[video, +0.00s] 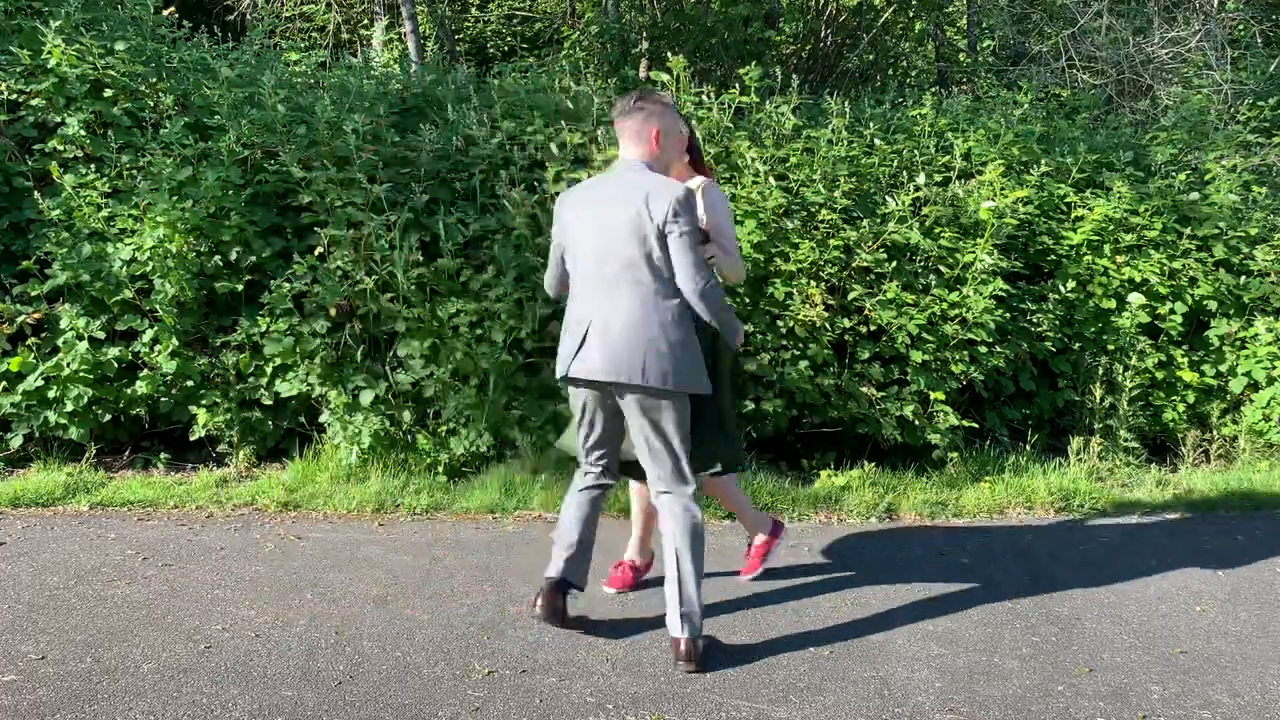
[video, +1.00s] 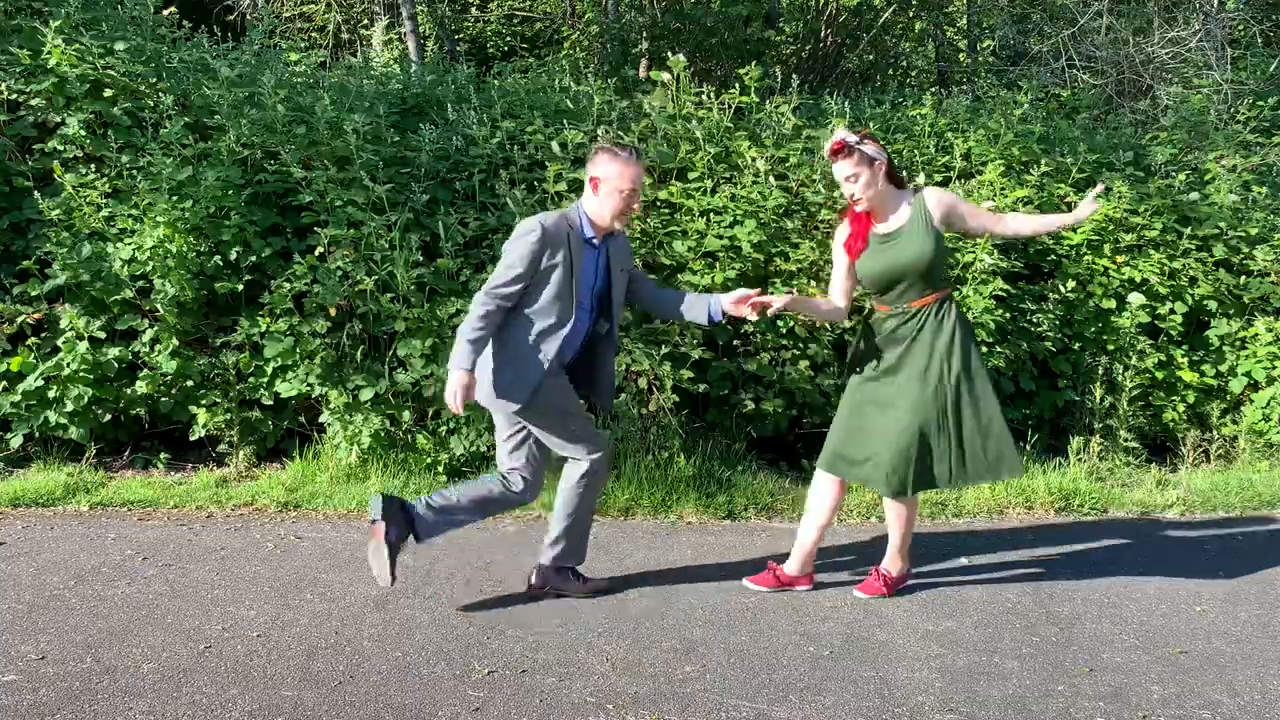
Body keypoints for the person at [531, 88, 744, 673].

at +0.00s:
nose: (682, 151)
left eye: (682, 141)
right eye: (679, 140)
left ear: (621, 138)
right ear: (656, 136)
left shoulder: (572, 198)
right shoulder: (669, 194)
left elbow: (556, 283)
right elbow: (695, 285)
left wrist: (607, 282)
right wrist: (734, 330)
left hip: (582, 356)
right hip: (653, 357)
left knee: (591, 472)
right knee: (673, 489)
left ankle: (556, 583)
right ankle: (686, 633)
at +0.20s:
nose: (663, 160)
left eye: (665, 149)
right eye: (661, 148)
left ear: (609, 141)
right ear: (634, 141)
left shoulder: (563, 194)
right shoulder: (624, 197)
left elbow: (568, 269)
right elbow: (627, 280)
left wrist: (641, 259)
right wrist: (690, 348)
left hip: (546, 356)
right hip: (605, 360)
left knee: (566, 479)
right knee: (653, 463)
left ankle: (543, 608)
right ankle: (635, 593)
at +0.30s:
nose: (660, 157)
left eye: (661, 145)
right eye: (655, 144)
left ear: (612, 144)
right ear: (624, 143)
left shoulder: (565, 194)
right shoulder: (606, 198)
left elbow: (600, 261)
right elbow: (594, 279)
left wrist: (661, 249)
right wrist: (633, 346)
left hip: (534, 358)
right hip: (585, 360)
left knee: (563, 480)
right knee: (641, 452)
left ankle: (542, 609)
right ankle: (606, 574)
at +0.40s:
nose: (658, 165)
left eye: (659, 154)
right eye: (652, 154)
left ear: (615, 154)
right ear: (618, 153)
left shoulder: (587, 203)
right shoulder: (594, 201)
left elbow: (623, 276)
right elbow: (554, 276)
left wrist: (685, 258)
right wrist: (571, 344)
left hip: (529, 364)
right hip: (573, 368)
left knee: (563, 477)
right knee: (623, 451)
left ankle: (542, 602)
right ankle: (574, 556)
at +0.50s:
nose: (657, 180)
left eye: (659, 170)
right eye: (652, 169)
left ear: (621, 166)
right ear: (616, 163)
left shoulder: (604, 223)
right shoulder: (582, 217)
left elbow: (627, 291)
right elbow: (530, 286)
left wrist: (698, 280)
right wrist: (515, 348)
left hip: (523, 378)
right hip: (562, 379)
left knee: (557, 480)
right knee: (604, 463)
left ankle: (538, 599)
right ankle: (557, 562)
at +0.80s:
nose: (651, 207)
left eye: (654, 198)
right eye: (645, 196)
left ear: (621, 192)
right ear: (609, 188)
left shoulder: (617, 248)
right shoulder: (558, 234)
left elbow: (639, 304)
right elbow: (501, 298)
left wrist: (706, 308)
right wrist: (451, 359)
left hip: (524, 376)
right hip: (536, 371)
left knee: (546, 479)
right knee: (595, 457)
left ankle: (473, 566)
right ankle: (557, 571)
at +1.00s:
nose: (636, 204)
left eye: (639, 195)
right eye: (628, 193)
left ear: (630, 194)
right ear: (594, 186)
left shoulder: (617, 248)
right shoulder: (541, 234)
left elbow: (653, 299)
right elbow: (492, 300)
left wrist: (721, 305)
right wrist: (461, 364)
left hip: (533, 375)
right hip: (519, 372)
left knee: (520, 481)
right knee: (590, 454)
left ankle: (408, 518)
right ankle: (555, 570)